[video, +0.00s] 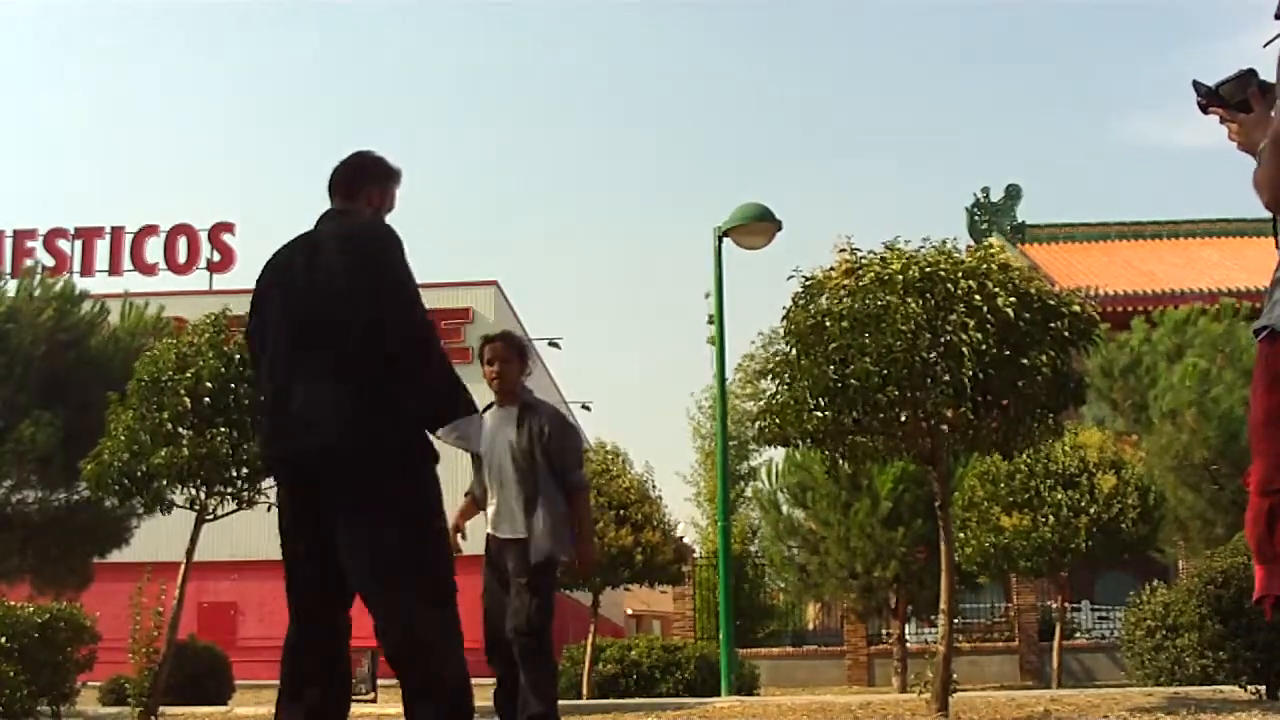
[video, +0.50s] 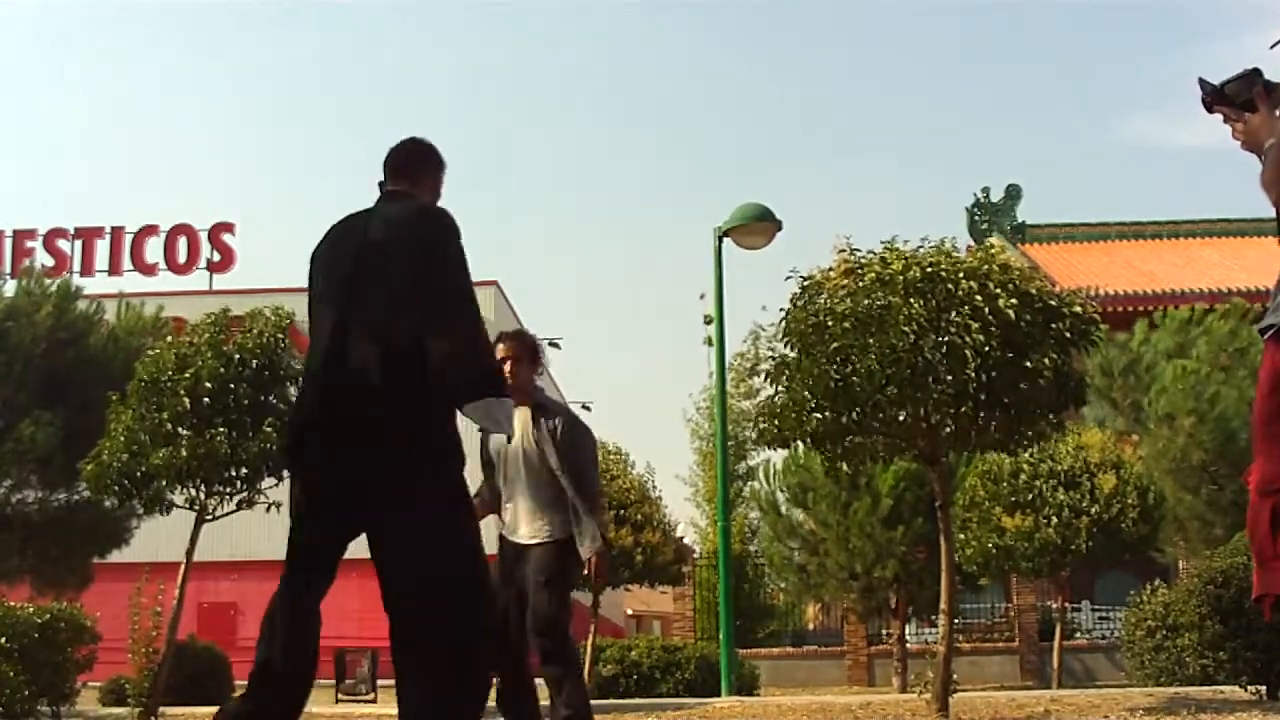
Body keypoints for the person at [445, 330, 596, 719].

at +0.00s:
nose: (495, 370)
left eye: (503, 361)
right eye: (488, 363)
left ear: (523, 365)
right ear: (483, 370)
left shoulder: (550, 421)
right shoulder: (486, 423)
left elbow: (577, 486)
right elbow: (482, 487)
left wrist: (585, 542)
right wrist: (458, 518)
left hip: (537, 544)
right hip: (497, 542)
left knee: (527, 635)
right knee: (498, 640)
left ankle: (540, 713)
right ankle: (509, 713)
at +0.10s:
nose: (496, 370)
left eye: (505, 362)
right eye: (489, 363)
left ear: (524, 366)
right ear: (482, 371)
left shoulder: (552, 421)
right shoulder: (481, 425)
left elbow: (578, 484)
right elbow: (480, 484)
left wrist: (586, 537)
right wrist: (456, 519)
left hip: (537, 543)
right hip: (497, 542)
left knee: (529, 634)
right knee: (498, 638)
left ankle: (542, 712)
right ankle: (511, 712)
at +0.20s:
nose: (498, 371)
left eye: (506, 363)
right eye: (491, 364)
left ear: (524, 367)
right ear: (483, 372)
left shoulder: (553, 422)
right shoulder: (480, 428)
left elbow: (579, 485)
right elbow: (479, 489)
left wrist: (585, 537)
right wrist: (456, 517)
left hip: (539, 541)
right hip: (499, 541)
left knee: (532, 634)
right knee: (500, 637)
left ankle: (555, 712)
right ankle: (514, 712)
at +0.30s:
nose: (500, 372)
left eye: (509, 363)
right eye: (493, 365)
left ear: (527, 367)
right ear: (486, 373)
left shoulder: (551, 421)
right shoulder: (483, 427)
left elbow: (580, 487)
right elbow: (483, 488)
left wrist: (585, 540)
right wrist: (458, 513)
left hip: (542, 544)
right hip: (502, 544)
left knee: (543, 639)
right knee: (502, 647)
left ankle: (565, 713)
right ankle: (518, 715)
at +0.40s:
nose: (504, 373)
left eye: (512, 365)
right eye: (498, 366)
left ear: (531, 369)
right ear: (491, 373)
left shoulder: (557, 426)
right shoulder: (489, 428)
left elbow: (585, 491)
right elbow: (485, 493)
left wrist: (591, 543)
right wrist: (457, 516)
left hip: (547, 547)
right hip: (505, 548)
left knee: (549, 645)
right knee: (504, 651)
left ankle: (572, 713)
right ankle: (518, 715)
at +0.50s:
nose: (504, 369)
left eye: (512, 361)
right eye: (499, 363)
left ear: (534, 366)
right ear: (495, 370)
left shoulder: (561, 423)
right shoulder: (494, 425)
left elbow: (585, 488)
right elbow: (494, 488)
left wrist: (593, 542)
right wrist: (467, 513)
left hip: (552, 542)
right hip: (510, 542)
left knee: (547, 632)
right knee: (509, 638)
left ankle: (572, 712)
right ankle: (518, 713)